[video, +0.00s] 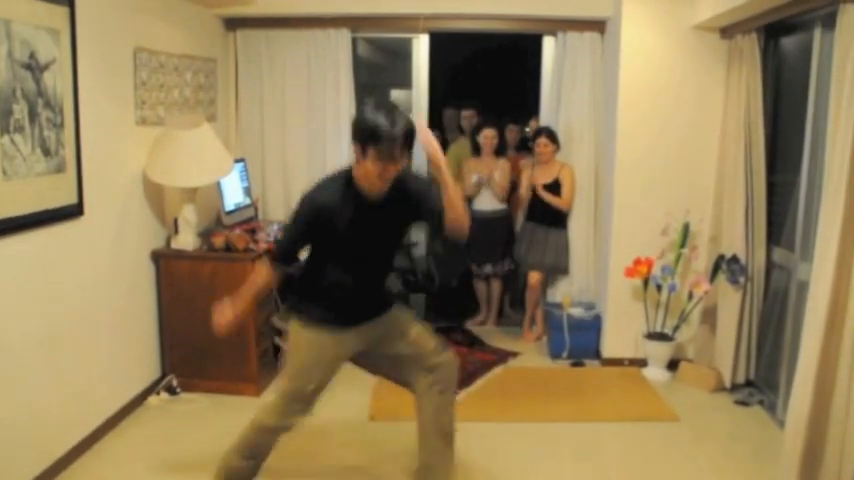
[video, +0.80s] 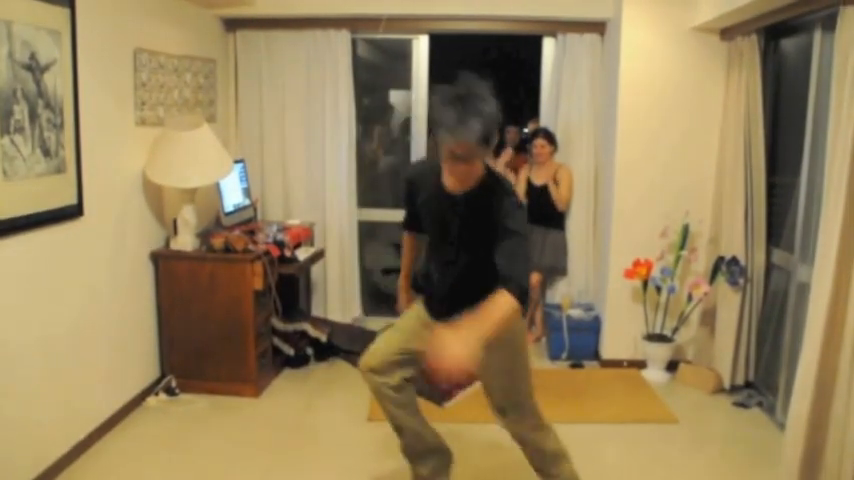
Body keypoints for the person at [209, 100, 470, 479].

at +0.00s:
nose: (388, 172)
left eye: (396, 163)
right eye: (381, 161)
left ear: (406, 159)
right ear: (359, 152)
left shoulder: (408, 192)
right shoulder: (325, 199)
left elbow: (459, 228)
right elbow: (277, 260)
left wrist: (440, 165)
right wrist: (238, 303)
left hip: (377, 315)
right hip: (320, 324)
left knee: (439, 367)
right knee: (284, 406)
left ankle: (435, 473)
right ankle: (232, 473)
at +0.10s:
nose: (389, 155)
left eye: (398, 146)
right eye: (381, 145)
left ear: (409, 139)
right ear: (361, 133)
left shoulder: (412, 165)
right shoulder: (330, 172)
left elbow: (464, 165)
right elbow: (279, 222)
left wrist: (422, 106)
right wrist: (241, 261)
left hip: (400, 294)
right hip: (346, 304)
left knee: (448, 366)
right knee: (351, 397)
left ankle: (395, 428)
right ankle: (281, 447)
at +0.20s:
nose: (388, 152)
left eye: (395, 143)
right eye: (379, 144)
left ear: (407, 136)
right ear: (362, 139)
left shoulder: (417, 164)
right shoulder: (336, 172)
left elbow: (442, 168)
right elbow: (299, 228)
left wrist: (409, 102)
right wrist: (269, 257)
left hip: (421, 289)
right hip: (371, 294)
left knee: (436, 386)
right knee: (420, 380)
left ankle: (404, 433)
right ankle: (404, 448)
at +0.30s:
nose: (358, 138)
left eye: (366, 128)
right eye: (355, 128)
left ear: (396, 134)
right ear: (351, 136)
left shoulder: (430, 176)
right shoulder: (347, 192)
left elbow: (433, 220)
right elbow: (322, 250)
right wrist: (303, 283)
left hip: (437, 298)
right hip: (386, 304)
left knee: (434, 390)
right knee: (427, 392)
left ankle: (407, 455)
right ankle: (461, 472)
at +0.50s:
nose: (372, 173)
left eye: (378, 161)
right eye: (362, 167)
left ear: (399, 152)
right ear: (354, 170)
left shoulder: (444, 196)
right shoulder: (375, 208)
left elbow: (463, 275)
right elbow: (391, 267)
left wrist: (399, 294)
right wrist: (386, 312)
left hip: (465, 327)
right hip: (415, 326)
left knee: (448, 413)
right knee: (425, 412)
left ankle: (406, 455)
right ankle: (456, 471)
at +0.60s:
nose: (380, 162)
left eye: (387, 151)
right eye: (374, 155)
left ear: (416, 141)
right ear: (370, 157)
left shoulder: (458, 185)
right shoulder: (388, 195)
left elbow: (479, 268)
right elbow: (411, 248)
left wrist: (409, 264)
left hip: (470, 330)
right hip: (417, 327)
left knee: (481, 418)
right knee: (422, 417)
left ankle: (444, 436)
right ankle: (454, 474)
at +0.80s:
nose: (456, 168)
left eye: (466, 158)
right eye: (449, 157)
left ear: (489, 150)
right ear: (437, 145)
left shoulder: (504, 202)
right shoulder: (420, 180)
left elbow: (514, 287)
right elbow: (412, 234)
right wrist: (404, 287)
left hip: (493, 317)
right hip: (435, 311)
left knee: (517, 414)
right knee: (377, 366)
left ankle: (560, 473)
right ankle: (431, 463)